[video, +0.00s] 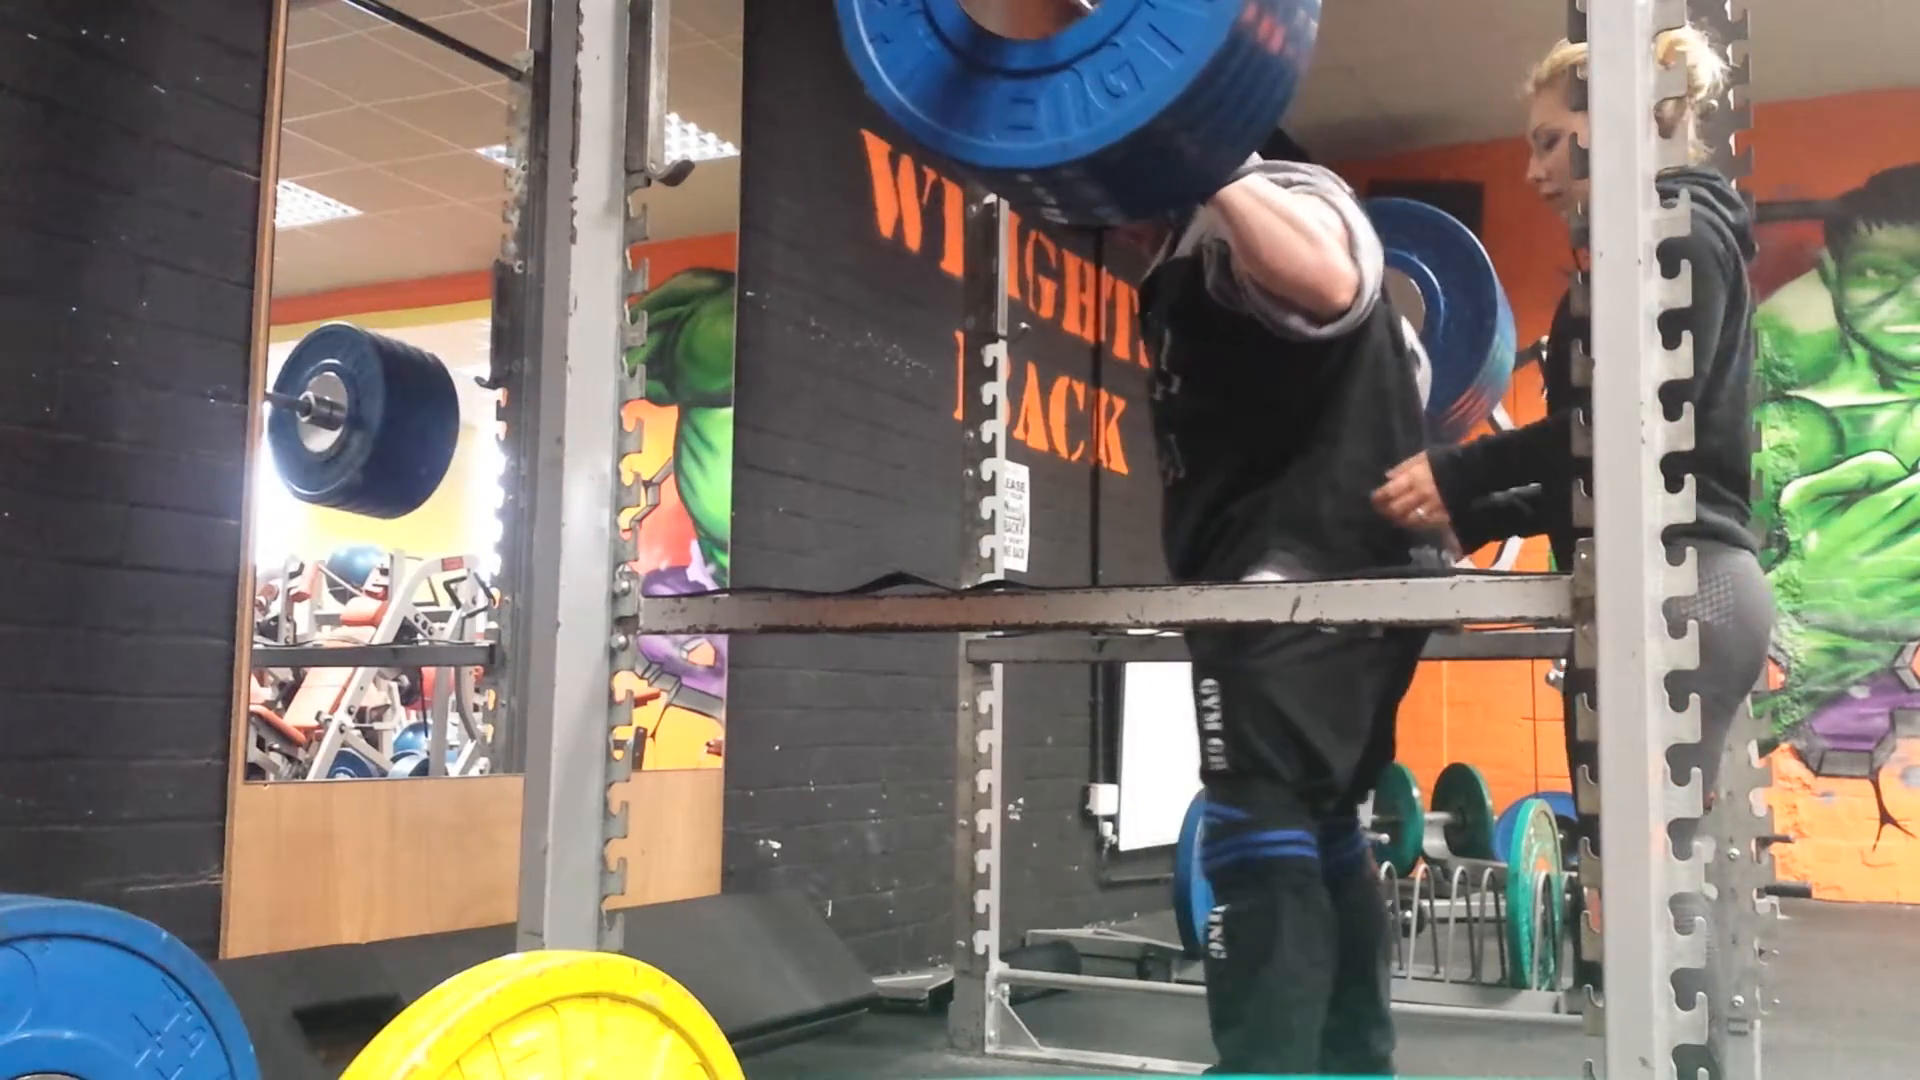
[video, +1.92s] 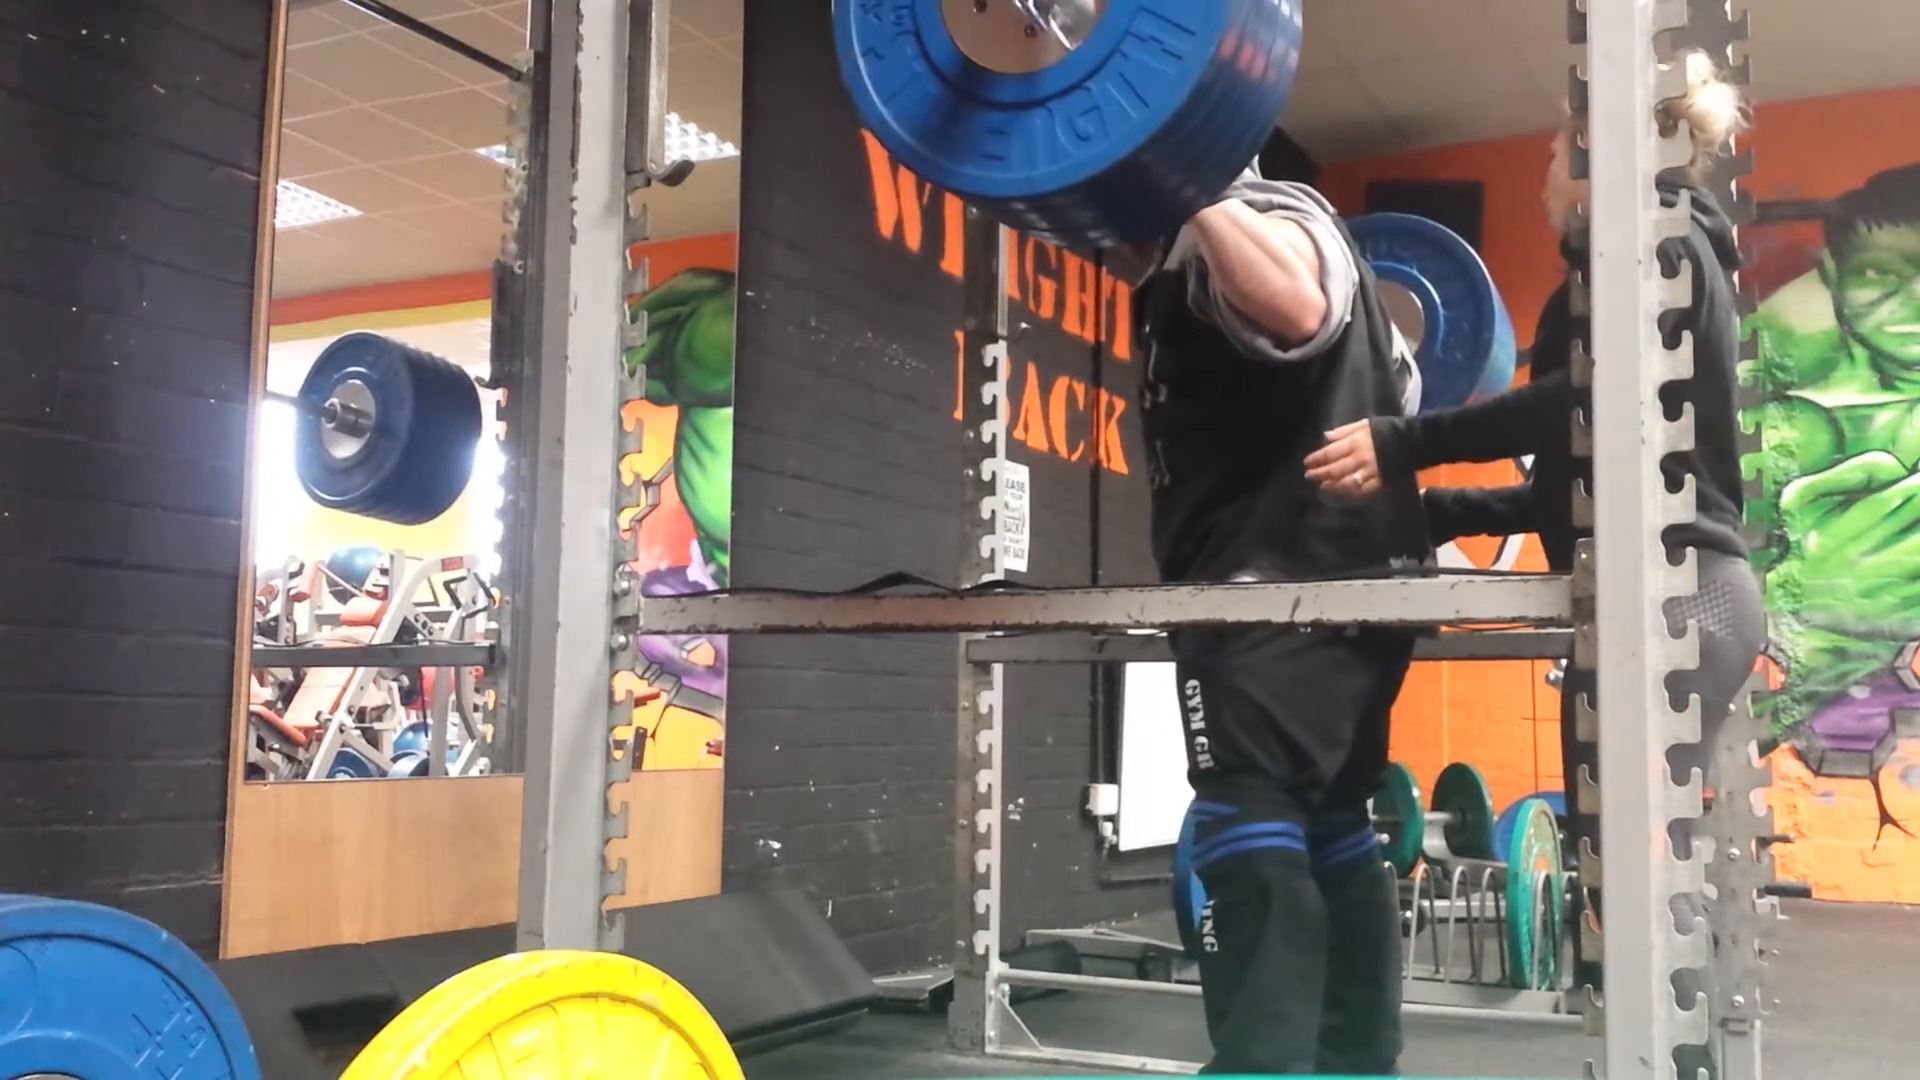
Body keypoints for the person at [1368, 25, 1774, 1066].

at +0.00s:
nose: (1537, 171)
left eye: (1553, 141)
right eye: (1532, 147)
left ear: (1617, 127)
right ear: (1605, 136)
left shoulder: (1660, 230)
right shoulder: (1671, 225)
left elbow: (1629, 428)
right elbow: (1613, 445)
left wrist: (1467, 479)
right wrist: (1473, 491)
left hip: (1662, 577)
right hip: (1692, 570)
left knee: (1638, 851)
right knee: (1669, 849)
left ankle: (1661, 1063)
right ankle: (1683, 1057)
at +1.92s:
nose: (1550, 160)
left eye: (1562, 140)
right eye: (1560, 140)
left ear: (1593, 151)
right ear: (1647, 155)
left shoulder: (1648, 246)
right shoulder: (1646, 264)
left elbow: (1574, 408)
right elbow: (1581, 488)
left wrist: (1400, 441)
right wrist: (1434, 510)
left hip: (1671, 587)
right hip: (1663, 588)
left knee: (1631, 838)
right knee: (1633, 839)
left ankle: (1657, 1059)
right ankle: (1661, 1054)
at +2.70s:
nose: (1535, 174)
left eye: (1546, 151)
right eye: (1541, 152)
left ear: (1590, 154)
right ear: (1604, 158)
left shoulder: (1636, 249)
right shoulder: (1609, 277)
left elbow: (1567, 397)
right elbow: (1575, 486)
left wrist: (1386, 435)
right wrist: (1423, 498)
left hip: (1645, 598)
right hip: (1611, 599)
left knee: (1623, 846)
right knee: (1605, 845)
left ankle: (1645, 1051)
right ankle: (1629, 1048)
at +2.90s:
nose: (1517, 191)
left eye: (1527, 166)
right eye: (1518, 169)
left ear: (1580, 157)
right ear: (1581, 163)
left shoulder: (1621, 262)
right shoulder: (1591, 282)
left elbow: (1576, 424)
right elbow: (1563, 477)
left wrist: (1401, 465)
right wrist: (1435, 514)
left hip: (1619, 591)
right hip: (1593, 589)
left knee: (1566, 816)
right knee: (1563, 816)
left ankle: (1624, 1041)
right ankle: (1616, 1037)